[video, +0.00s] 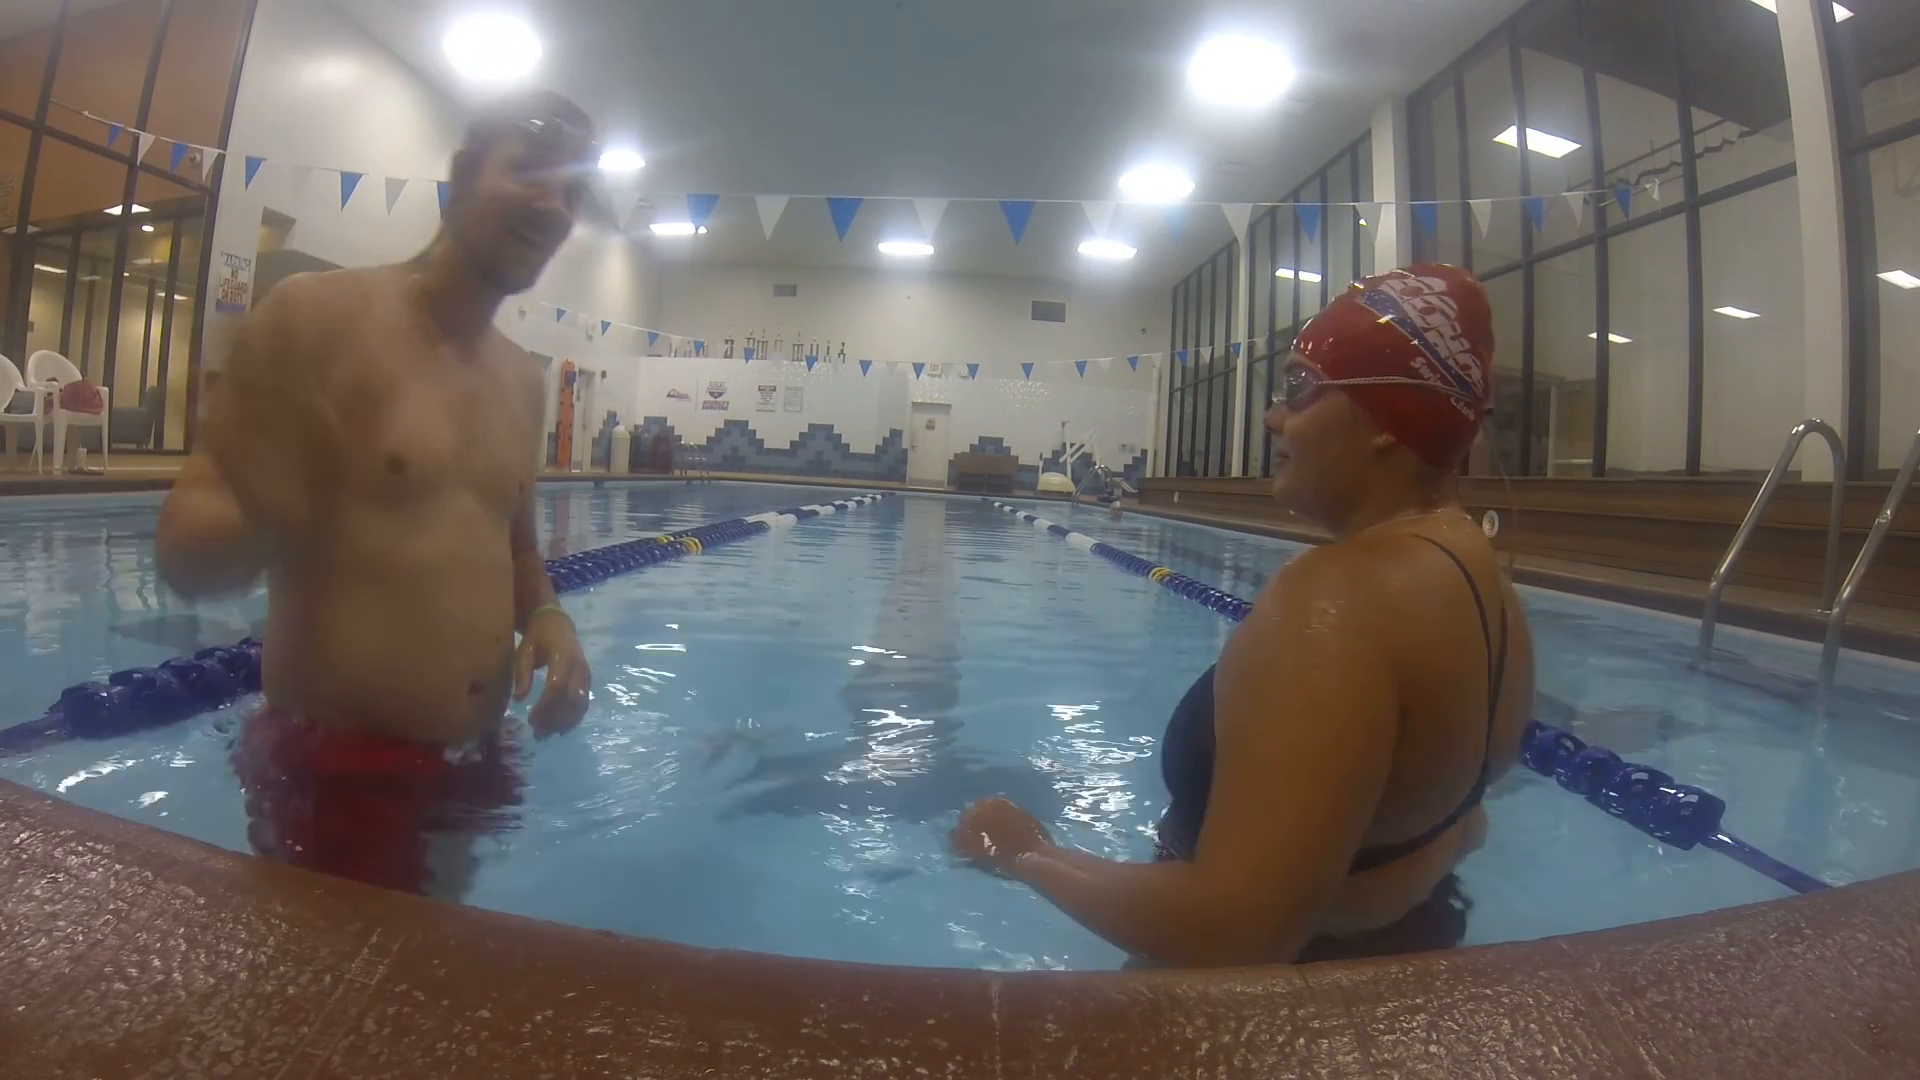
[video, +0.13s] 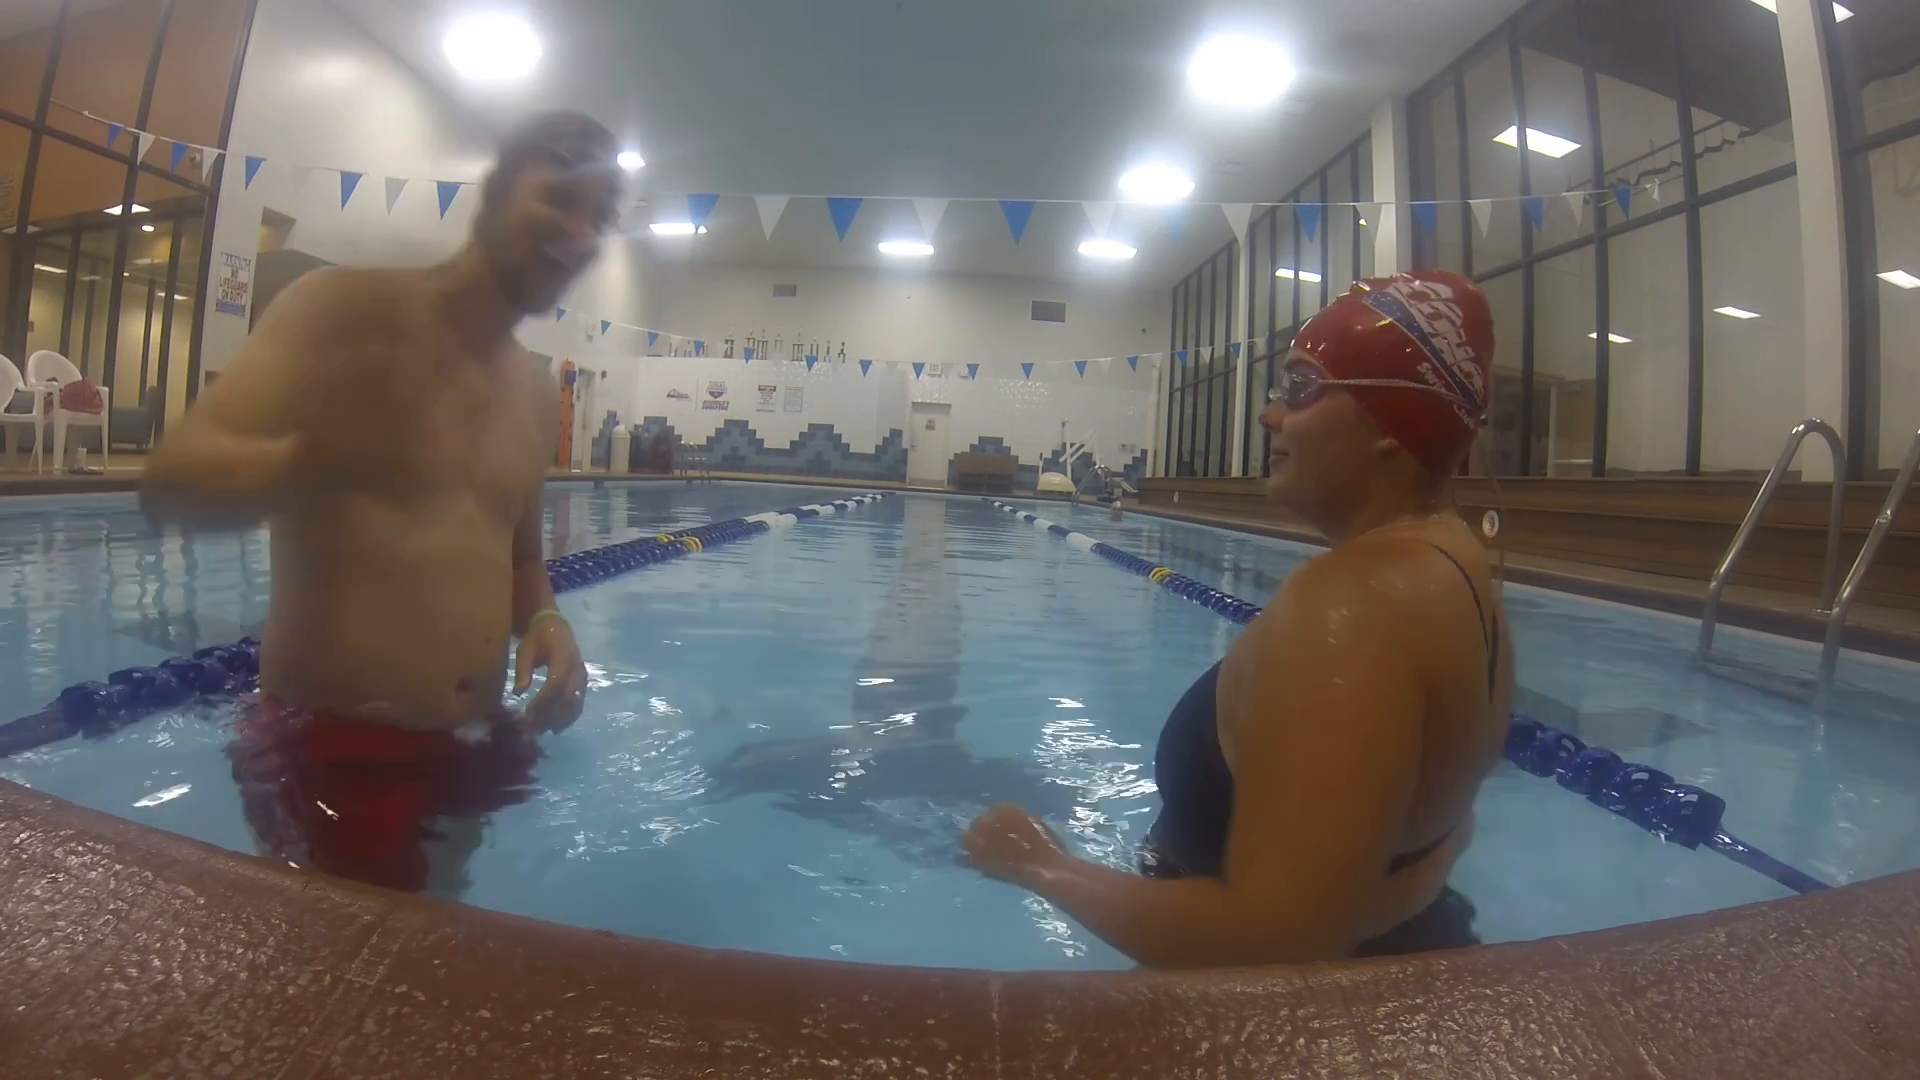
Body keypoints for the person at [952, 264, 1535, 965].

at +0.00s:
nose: (1276, 418)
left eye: (1305, 393)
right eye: (1289, 390)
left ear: (1385, 428)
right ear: (1388, 429)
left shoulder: (1333, 602)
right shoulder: (1473, 561)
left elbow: (1238, 925)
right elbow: (1491, 760)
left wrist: (1029, 857)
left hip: (1268, 986)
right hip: (1405, 955)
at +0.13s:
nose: (1272, 414)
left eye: (1302, 387)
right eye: (1284, 386)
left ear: (1390, 427)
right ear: (1388, 429)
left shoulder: (1352, 610)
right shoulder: (1455, 560)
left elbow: (1274, 935)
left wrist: (1045, 867)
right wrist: (1206, 870)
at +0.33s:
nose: (1266, 418)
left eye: (1306, 394)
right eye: (1275, 396)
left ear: (1401, 438)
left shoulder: (1404, 627)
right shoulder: (1372, 589)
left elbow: (1375, 948)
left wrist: (1095, 860)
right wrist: (1203, 761)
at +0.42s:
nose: (1269, 420)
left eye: (1313, 396)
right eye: (1270, 395)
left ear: (1407, 440)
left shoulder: (1420, 633)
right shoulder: (1346, 585)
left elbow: (1417, 939)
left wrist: (1135, 833)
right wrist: (1192, 773)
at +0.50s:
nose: (1279, 427)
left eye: (1323, 405)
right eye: (1270, 404)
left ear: (1406, 445)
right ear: (1254, 420)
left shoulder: (1431, 635)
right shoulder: (1322, 584)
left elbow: (1452, 921)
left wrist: (1212, 788)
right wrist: (1174, 758)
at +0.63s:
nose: (1282, 443)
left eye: (1326, 420)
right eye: (1264, 417)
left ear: (1394, 452)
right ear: (1244, 435)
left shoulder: (1433, 619)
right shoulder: (1278, 597)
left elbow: (1508, 908)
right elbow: (1260, 774)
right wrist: (1135, 755)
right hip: (1220, 993)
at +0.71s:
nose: (1280, 454)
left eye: (1324, 429)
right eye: (1259, 426)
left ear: (1389, 460)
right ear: (1240, 446)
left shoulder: (1438, 614)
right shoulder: (1252, 600)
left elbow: (1555, 878)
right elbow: (1256, 779)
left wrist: (1397, 686)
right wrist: (1123, 758)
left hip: (1361, 1010)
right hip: (1223, 990)